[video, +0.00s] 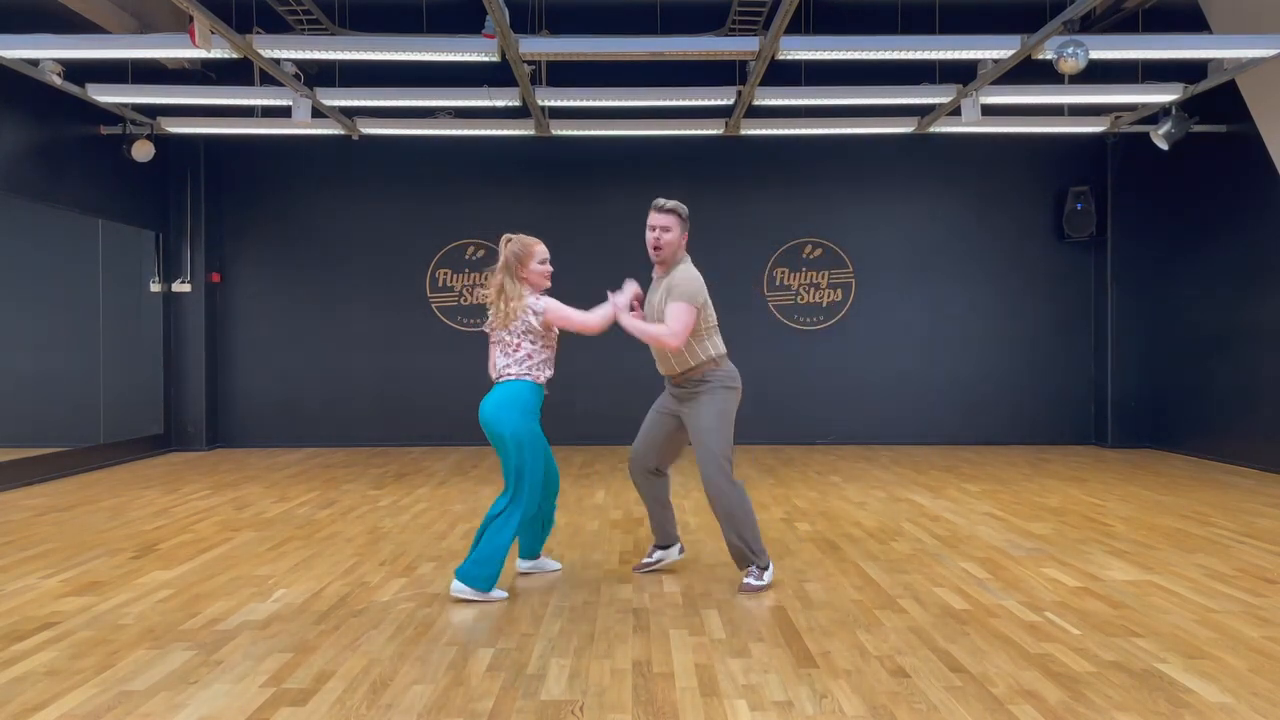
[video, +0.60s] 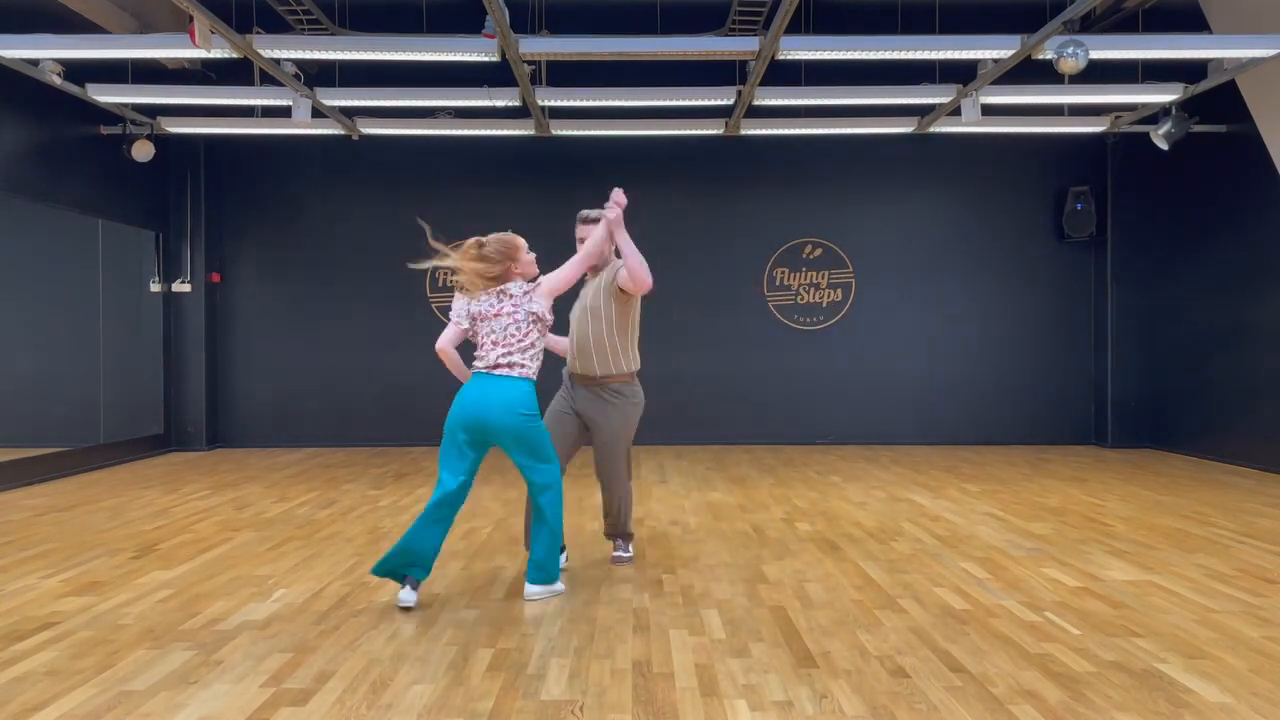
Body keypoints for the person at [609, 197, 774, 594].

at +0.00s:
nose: (656, 237)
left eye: (665, 231)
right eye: (651, 230)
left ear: (684, 238)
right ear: (645, 234)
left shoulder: (685, 280)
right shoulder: (658, 280)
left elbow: (673, 337)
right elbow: (660, 324)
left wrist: (626, 319)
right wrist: (639, 310)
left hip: (712, 384)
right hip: (677, 388)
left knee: (715, 474)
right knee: (643, 463)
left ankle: (757, 563)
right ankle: (667, 544)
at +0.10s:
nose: (647, 222)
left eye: (656, 215)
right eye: (642, 214)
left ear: (672, 223)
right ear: (633, 218)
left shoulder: (670, 260)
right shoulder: (638, 260)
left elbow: (616, 277)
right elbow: (657, 308)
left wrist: (576, 234)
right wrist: (627, 308)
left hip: (697, 367)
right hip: (658, 376)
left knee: (733, 450)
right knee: (635, 458)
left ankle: (771, 539)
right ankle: (656, 538)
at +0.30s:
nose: (622, 213)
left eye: (631, 208)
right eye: (617, 207)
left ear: (649, 215)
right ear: (612, 210)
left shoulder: (643, 245)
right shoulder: (617, 250)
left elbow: (577, 231)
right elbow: (627, 292)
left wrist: (531, 201)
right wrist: (593, 293)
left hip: (663, 364)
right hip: (623, 371)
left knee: (692, 445)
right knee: (620, 457)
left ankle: (730, 520)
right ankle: (653, 538)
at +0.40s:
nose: (604, 223)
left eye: (613, 216)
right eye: (599, 217)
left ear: (632, 218)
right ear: (596, 216)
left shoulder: (636, 246)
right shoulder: (608, 255)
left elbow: (590, 242)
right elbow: (619, 314)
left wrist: (561, 204)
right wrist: (580, 323)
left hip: (649, 367)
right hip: (608, 367)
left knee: (649, 456)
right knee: (585, 448)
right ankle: (619, 525)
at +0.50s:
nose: (590, 246)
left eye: (596, 239)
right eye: (584, 241)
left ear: (615, 238)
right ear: (581, 248)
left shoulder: (630, 274)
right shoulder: (602, 283)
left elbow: (620, 265)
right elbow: (610, 344)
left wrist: (601, 211)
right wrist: (576, 353)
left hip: (630, 390)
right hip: (590, 384)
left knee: (620, 471)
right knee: (560, 459)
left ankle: (619, 535)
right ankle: (573, 535)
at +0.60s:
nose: (583, 247)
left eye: (589, 239)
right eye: (579, 241)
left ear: (609, 241)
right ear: (576, 243)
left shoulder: (620, 274)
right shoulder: (589, 286)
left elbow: (643, 282)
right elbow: (580, 350)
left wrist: (619, 229)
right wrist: (537, 334)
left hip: (616, 395)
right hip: (575, 390)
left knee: (613, 474)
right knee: (542, 465)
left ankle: (621, 537)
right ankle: (546, 547)